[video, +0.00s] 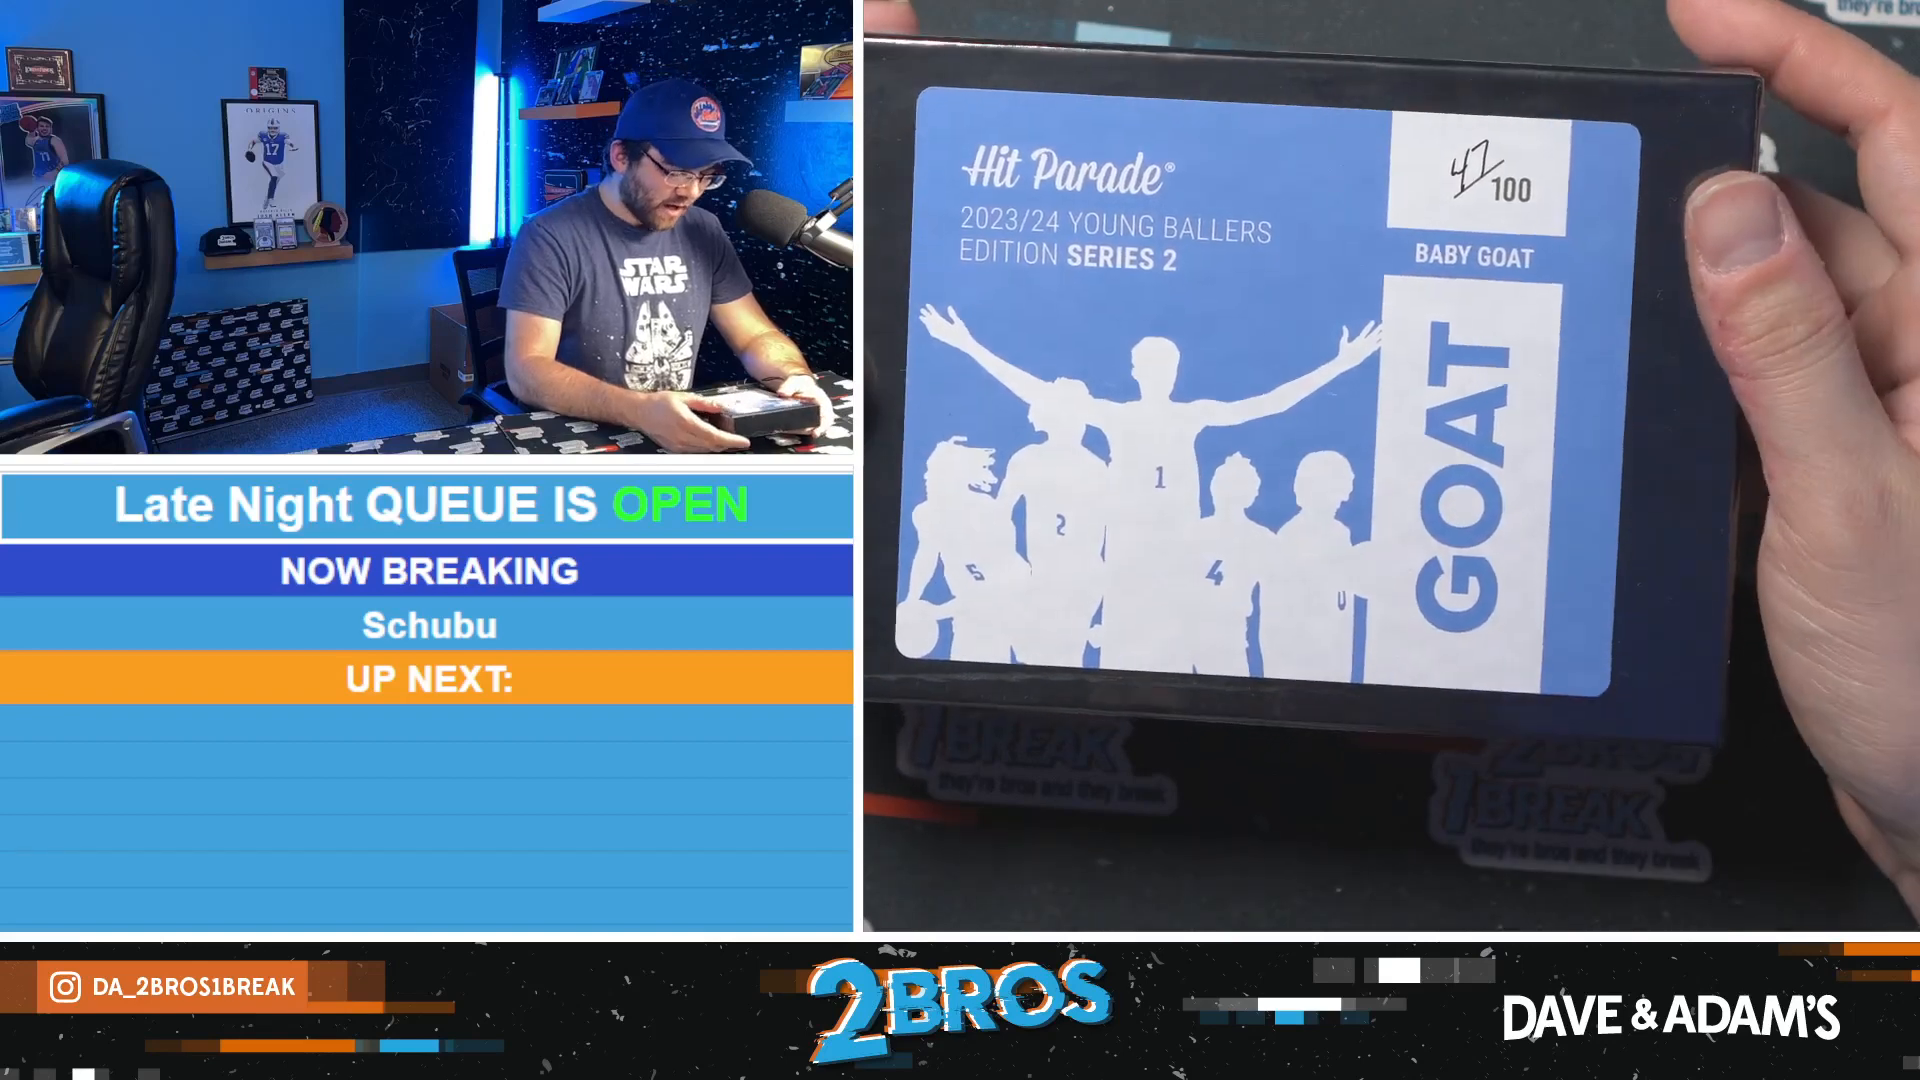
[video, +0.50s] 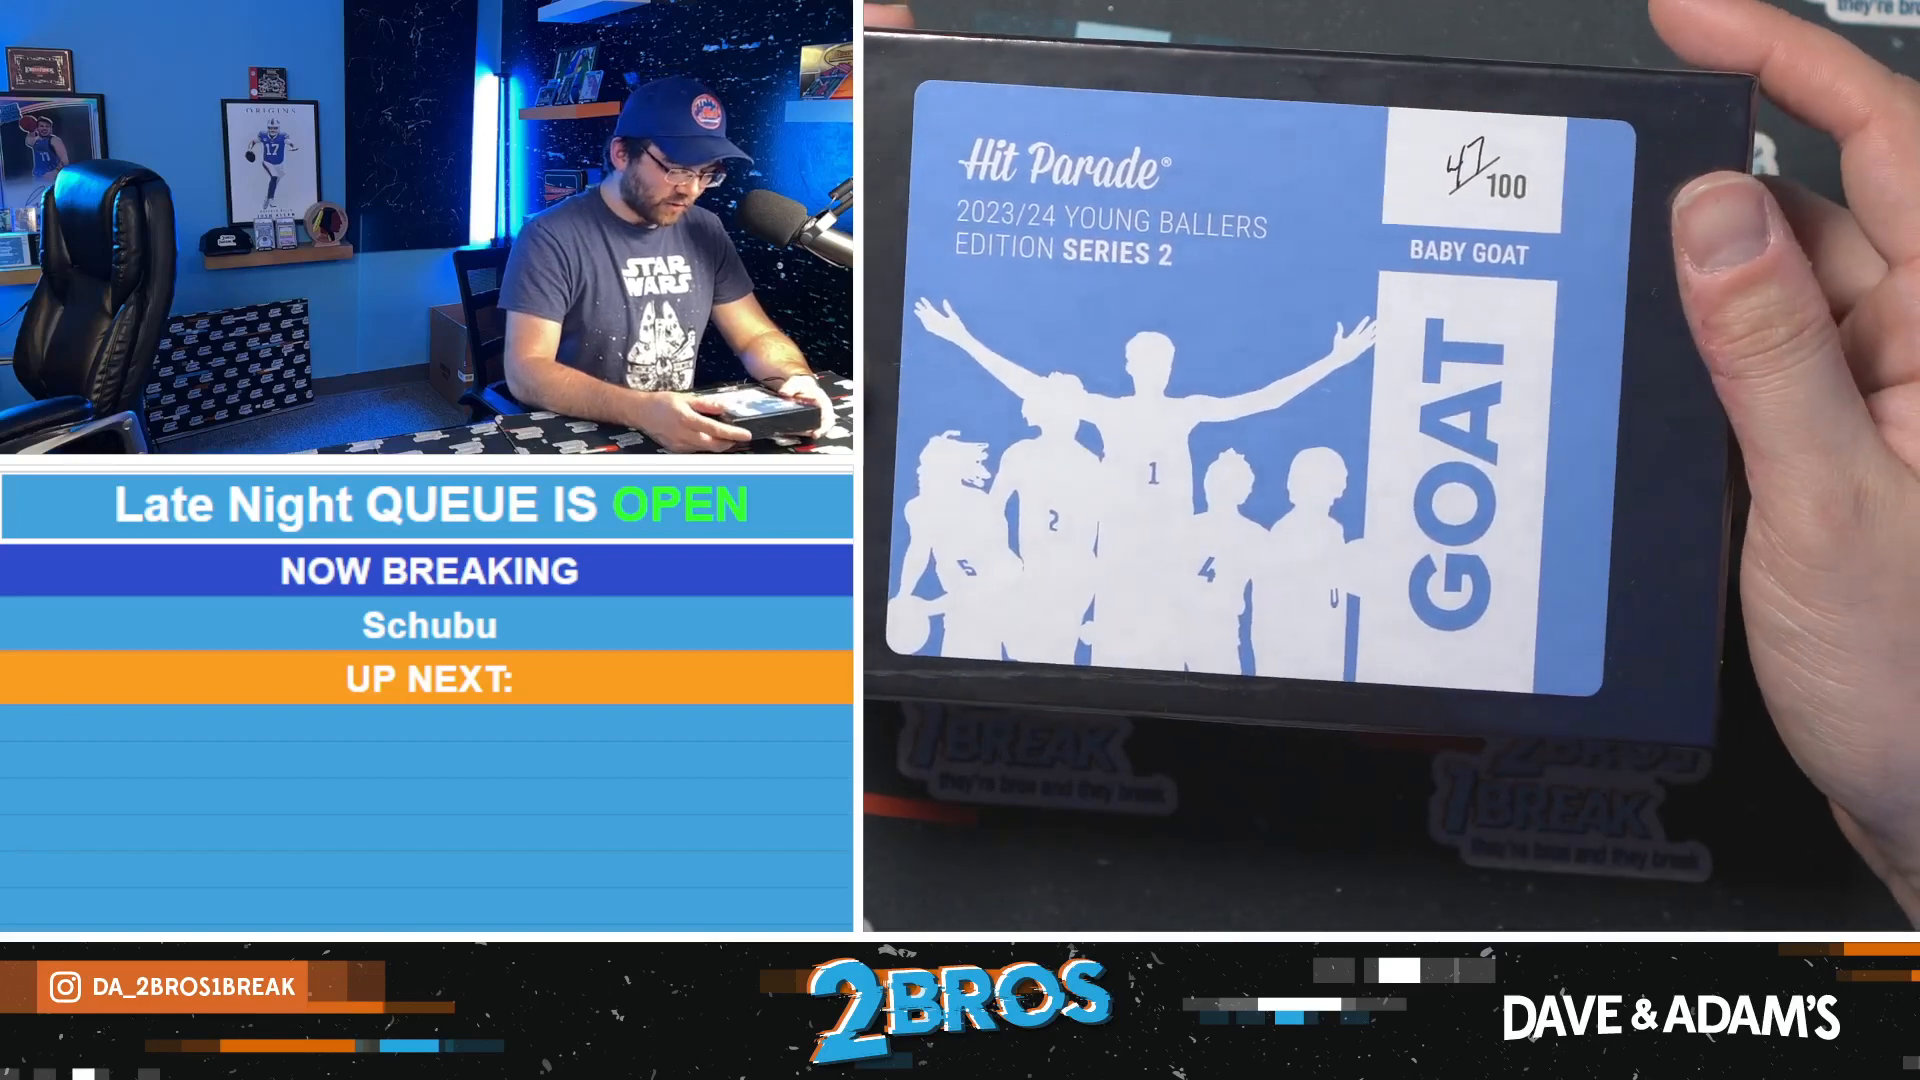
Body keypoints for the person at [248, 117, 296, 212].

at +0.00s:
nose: (273, 130)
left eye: (275, 128)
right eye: (271, 128)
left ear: (278, 128)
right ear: (268, 128)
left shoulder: (283, 136)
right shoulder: (263, 136)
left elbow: (290, 143)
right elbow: (253, 141)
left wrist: (292, 147)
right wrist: (250, 149)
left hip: (279, 164)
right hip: (267, 162)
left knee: (276, 182)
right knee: (274, 176)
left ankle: (267, 200)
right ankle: (270, 199)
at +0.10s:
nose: (273, 130)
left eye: (275, 128)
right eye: (271, 128)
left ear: (278, 128)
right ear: (268, 128)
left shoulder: (283, 136)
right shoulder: (263, 136)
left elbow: (290, 142)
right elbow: (253, 141)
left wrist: (292, 147)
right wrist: (250, 149)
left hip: (279, 164)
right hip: (267, 162)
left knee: (275, 182)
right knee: (274, 176)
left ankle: (267, 199)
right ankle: (270, 199)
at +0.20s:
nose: (273, 130)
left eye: (275, 128)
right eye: (271, 128)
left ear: (278, 128)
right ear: (268, 128)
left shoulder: (283, 136)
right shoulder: (263, 136)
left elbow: (290, 142)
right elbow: (253, 141)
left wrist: (292, 147)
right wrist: (250, 149)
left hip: (279, 164)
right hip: (267, 162)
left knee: (275, 182)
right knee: (274, 176)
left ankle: (267, 199)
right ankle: (270, 199)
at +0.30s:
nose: (273, 130)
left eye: (275, 128)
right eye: (271, 128)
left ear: (278, 128)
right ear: (268, 128)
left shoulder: (283, 136)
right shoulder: (263, 136)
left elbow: (290, 142)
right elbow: (253, 141)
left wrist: (292, 147)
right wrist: (250, 149)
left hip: (279, 164)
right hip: (267, 162)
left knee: (275, 182)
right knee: (274, 176)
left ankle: (267, 199)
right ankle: (270, 199)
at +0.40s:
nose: (273, 130)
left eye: (275, 128)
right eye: (271, 128)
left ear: (278, 128)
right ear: (268, 128)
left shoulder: (283, 136)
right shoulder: (263, 136)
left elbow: (290, 142)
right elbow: (253, 141)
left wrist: (292, 147)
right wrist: (250, 149)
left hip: (279, 164)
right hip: (267, 162)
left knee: (275, 182)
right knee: (274, 176)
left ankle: (267, 199)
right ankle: (270, 199)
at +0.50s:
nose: (273, 130)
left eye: (275, 128)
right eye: (271, 128)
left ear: (278, 128)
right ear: (268, 128)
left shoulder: (283, 136)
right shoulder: (263, 136)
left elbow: (290, 142)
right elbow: (253, 141)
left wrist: (292, 147)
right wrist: (250, 149)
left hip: (279, 164)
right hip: (267, 162)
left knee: (275, 182)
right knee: (274, 176)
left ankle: (267, 199)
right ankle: (270, 199)